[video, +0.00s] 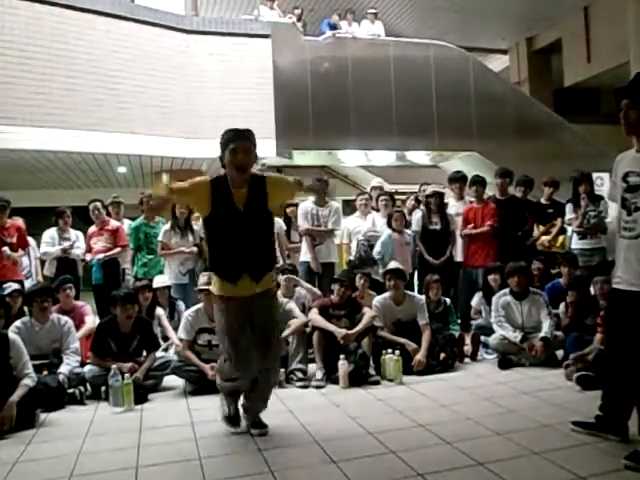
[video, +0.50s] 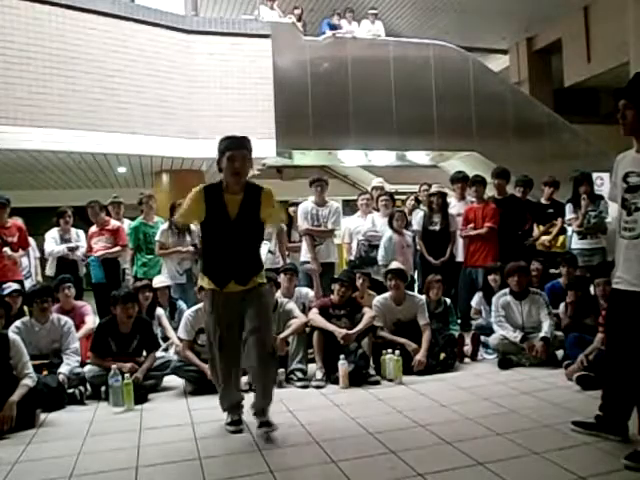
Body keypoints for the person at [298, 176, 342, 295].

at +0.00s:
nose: (319, 194)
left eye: (321, 191)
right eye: (317, 191)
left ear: (326, 191)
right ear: (313, 191)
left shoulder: (335, 207)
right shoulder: (304, 207)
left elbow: (332, 230)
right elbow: (305, 232)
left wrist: (308, 230)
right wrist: (313, 259)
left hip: (327, 257)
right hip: (308, 257)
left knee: (326, 295)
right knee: (307, 294)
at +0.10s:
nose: (320, 191)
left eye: (322, 187)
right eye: (317, 187)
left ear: (326, 190)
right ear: (312, 188)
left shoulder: (334, 207)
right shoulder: (303, 207)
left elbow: (332, 231)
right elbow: (305, 233)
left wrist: (308, 230)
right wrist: (313, 259)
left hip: (327, 257)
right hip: (307, 257)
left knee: (325, 295)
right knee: (306, 294)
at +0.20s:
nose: (321, 190)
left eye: (323, 186)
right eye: (317, 186)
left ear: (327, 189)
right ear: (312, 188)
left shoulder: (334, 207)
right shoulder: (304, 207)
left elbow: (332, 230)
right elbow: (305, 233)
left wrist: (308, 229)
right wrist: (313, 259)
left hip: (327, 257)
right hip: (308, 257)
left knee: (326, 295)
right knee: (306, 294)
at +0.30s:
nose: (321, 190)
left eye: (324, 187)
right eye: (317, 187)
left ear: (327, 189)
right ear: (312, 189)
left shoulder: (334, 207)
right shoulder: (304, 207)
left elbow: (332, 230)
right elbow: (305, 232)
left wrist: (308, 229)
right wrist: (313, 260)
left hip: (327, 257)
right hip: (308, 257)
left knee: (326, 295)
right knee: (307, 294)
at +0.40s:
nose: (319, 189)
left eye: (322, 187)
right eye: (316, 187)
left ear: (327, 189)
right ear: (311, 189)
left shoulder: (335, 207)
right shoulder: (303, 207)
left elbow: (331, 231)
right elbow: (306, 233)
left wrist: (307, 230)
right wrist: (313, 260)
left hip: (327, 258)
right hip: (307, 257)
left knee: (326, 296)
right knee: (305, 295)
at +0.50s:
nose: (319, 189)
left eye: (322, 186)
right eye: (316, 186)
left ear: (327, 188)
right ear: (312, 189)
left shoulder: (335, 207)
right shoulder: (304, 207)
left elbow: (331, 231)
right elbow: (305, 232)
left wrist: (308, 229)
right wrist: (313, 260)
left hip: (327, 257)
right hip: (307, 257)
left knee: (326, 295)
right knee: (305, 294)